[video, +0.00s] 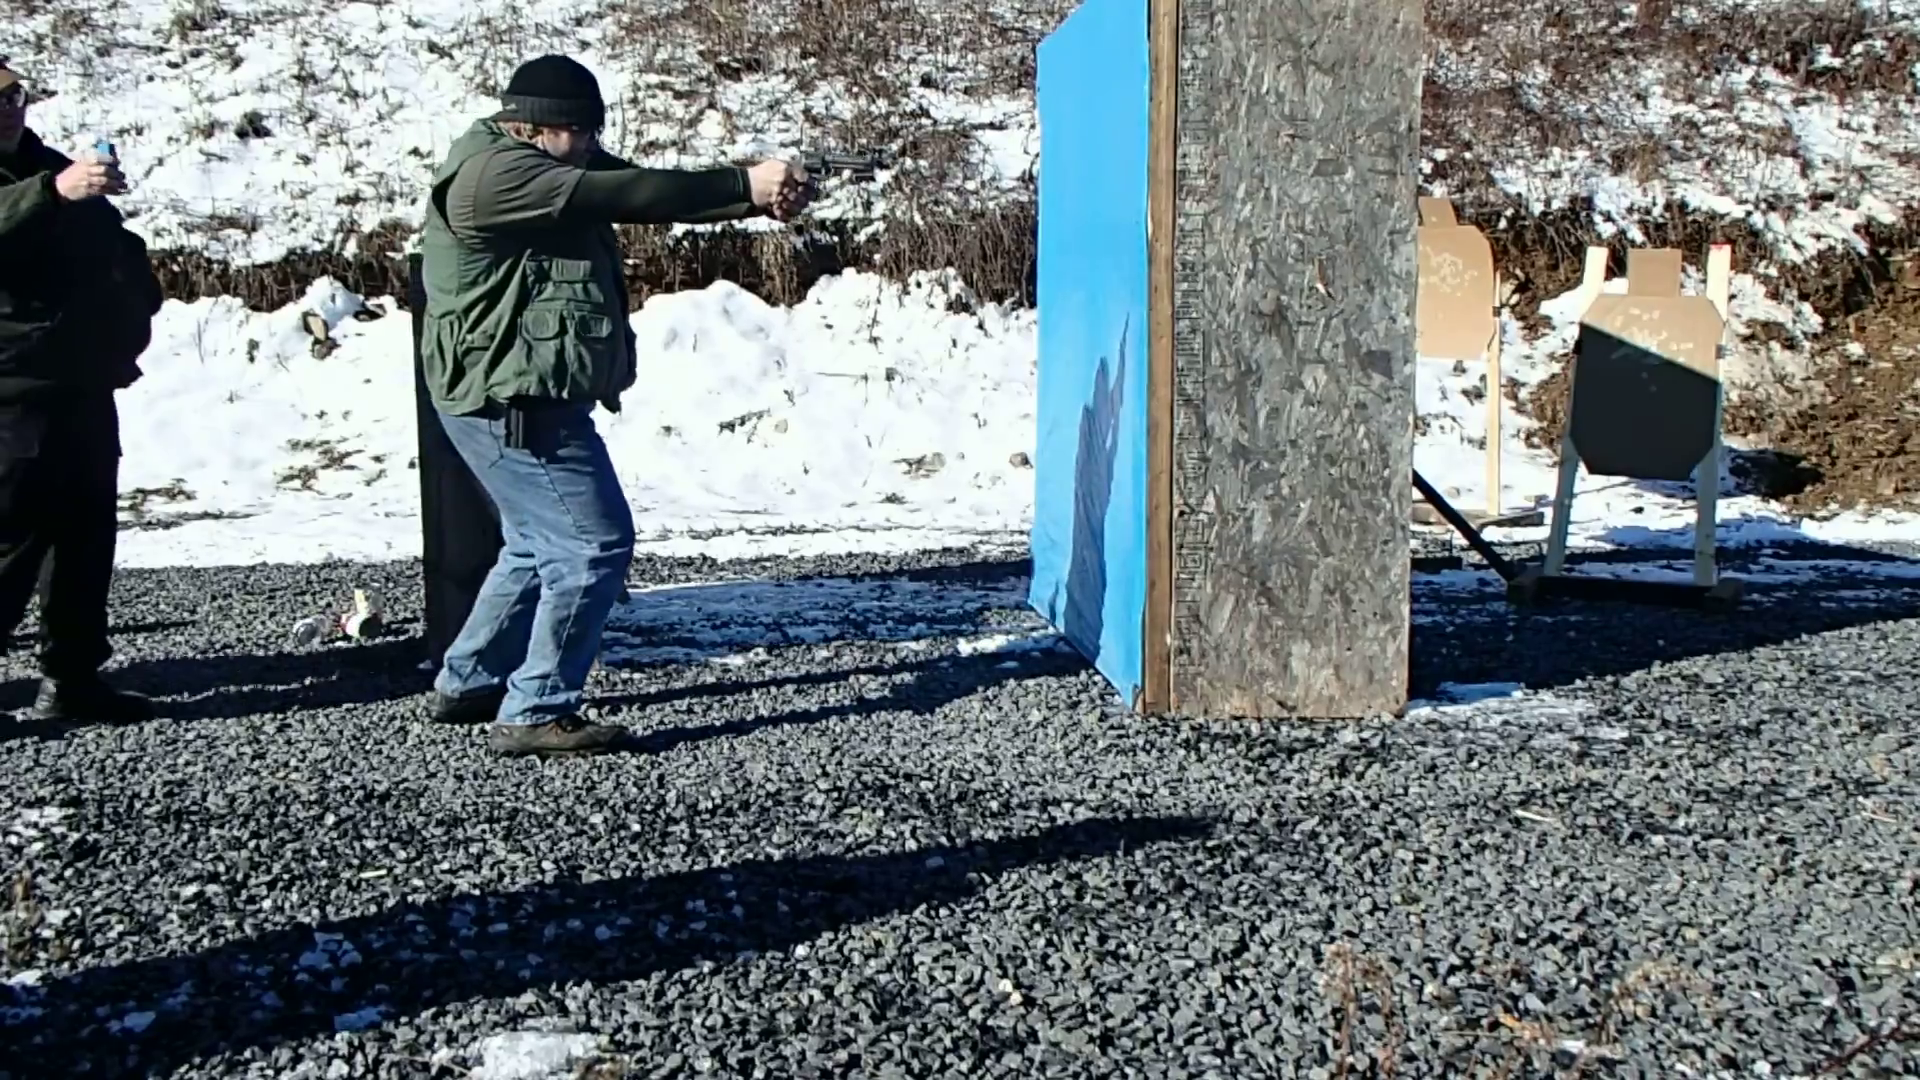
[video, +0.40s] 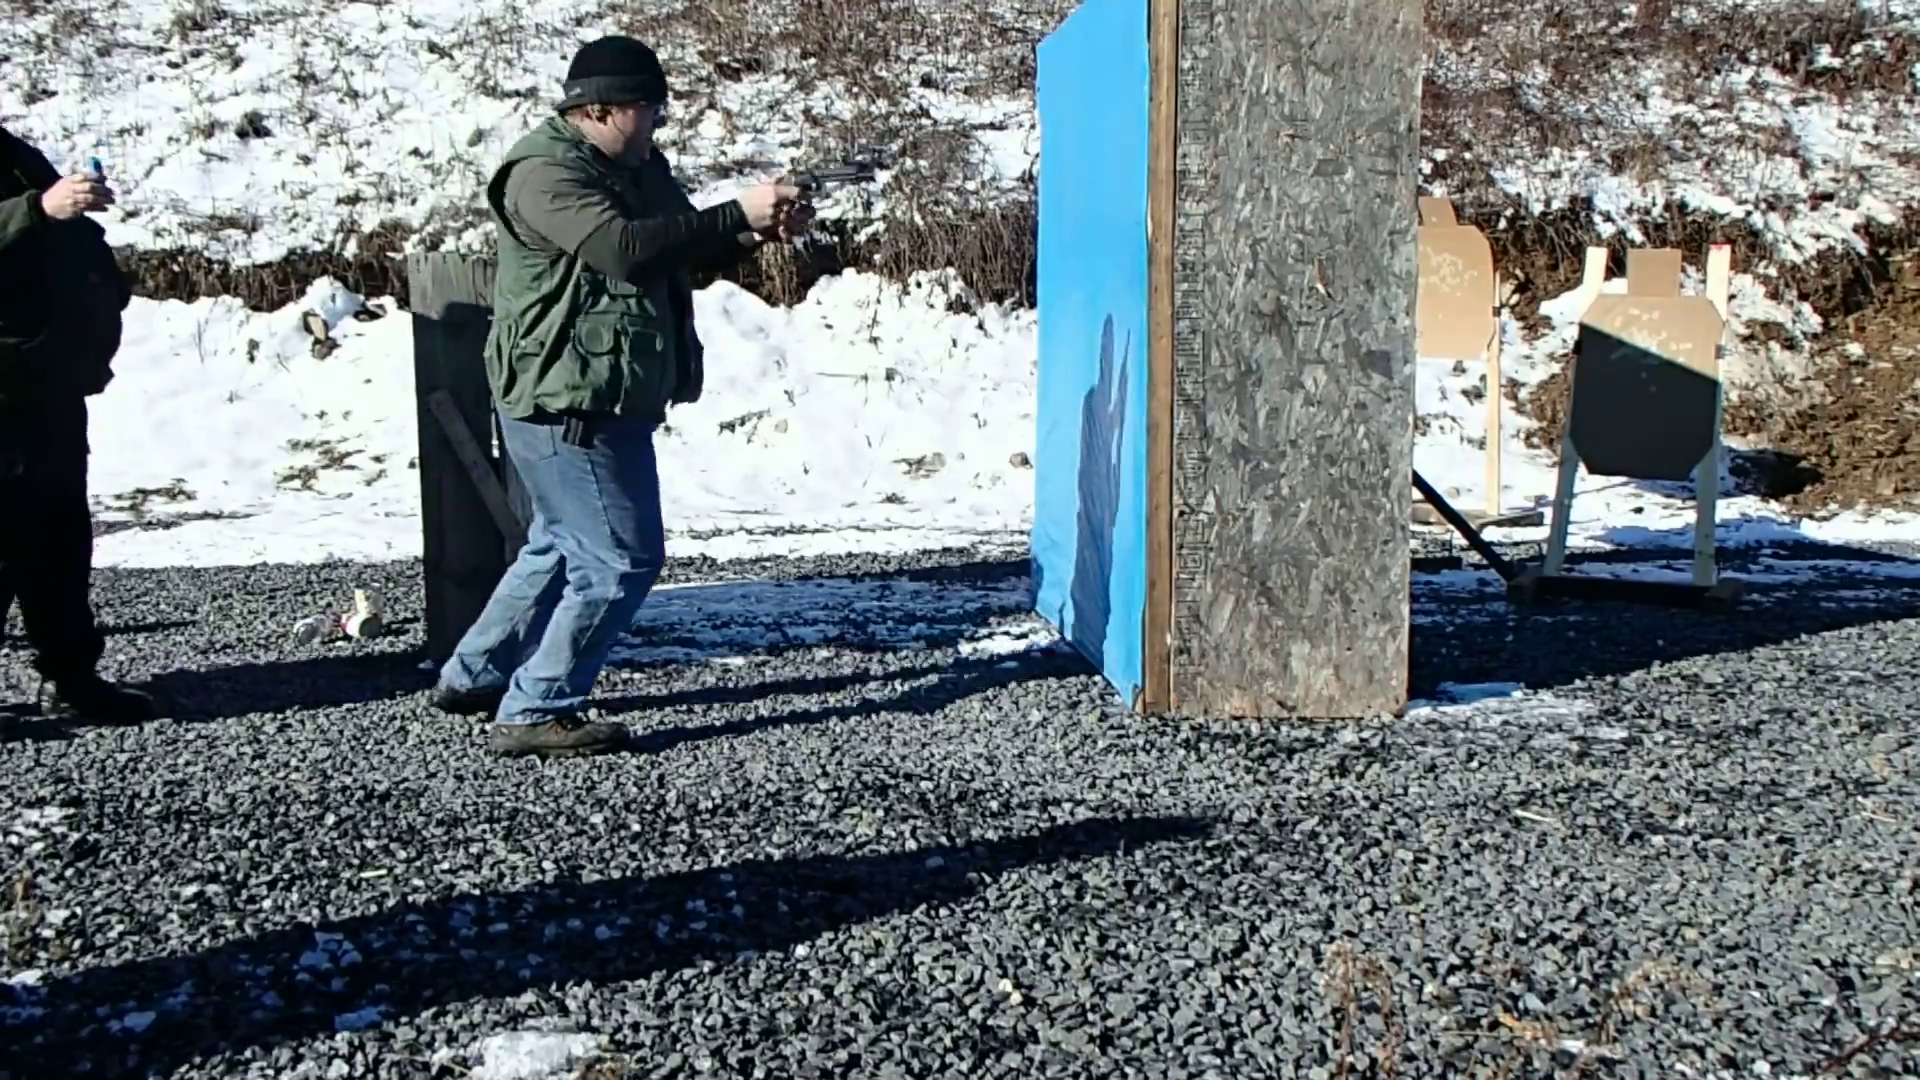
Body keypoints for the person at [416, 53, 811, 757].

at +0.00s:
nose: (594, 146)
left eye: (592, 131)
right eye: (584, 132)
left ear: (538, 125)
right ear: (543, 126)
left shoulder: (520, 165)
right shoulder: (498, 176)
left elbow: (636, 186)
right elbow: (625, 193)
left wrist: (747, 189)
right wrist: (748, 184)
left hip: (504, 395)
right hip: (513, 400)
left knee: (535, 544)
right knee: (596, 544)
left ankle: (466, 681)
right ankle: (538, 711)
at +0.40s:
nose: (660, 121)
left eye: (659, 109)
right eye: (652, 108)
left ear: (609, 111)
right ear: (608, 111)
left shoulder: (640, 169)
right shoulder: (544, 171)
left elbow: (687, 262)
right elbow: (622, 248)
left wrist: (747, 229)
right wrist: (734, 212)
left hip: (600, 402)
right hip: (563, 407)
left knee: (559, 544)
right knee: (622, 557)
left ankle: (470, 675)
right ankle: (538, 709)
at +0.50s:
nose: (697, 127)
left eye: (696, 113)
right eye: (689, 113)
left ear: (649, 111)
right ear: (648, 112)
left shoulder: (678, 177)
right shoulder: (580, 179)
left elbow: (699, 267)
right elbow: (615, 284)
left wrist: (766, 256)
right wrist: (720, 250)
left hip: (654, 402)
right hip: (584, 404)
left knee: (666, 550)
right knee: (628, 564)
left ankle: (517, 640)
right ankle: (539, 710)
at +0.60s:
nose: (740, 133)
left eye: (740, 119)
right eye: (731, 119)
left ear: (691, 117)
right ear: (690, 116)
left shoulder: (715, 189)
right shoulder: (633, 188)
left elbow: (710, 286)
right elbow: (641, 299)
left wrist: (772, 275)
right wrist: (745, 273)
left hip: (682, 407)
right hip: (618, 408)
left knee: (753, 520)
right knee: (647, 575)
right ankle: (534, 712)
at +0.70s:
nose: (795, 133)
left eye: (797, 119)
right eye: (789, 117)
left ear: (748, 115)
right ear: (749, 112)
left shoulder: (765, 181)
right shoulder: (699, 170)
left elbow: (763, 277)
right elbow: (684, 285)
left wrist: (818, 265)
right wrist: (794, 278)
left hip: (746, 410)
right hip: (688, 411)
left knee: (821, 507)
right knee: (671, 572)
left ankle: (843, 682)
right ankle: (536, 702)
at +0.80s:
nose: (854, 142)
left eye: (857, 128)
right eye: (847, 126)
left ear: (815, 119)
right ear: (807, 115)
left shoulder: (830, 185)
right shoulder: (754, 170)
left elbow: (832, 279)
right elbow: (741, 282)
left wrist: (895, 271)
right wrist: (850, 292)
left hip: (808, 407)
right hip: (740, 407)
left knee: (875, 522)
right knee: (760, 569)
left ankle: (894, 691)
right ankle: (596, 652)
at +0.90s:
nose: (910, 146)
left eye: (914, 132)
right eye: (903, 129)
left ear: (870, 120)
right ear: (859, 117)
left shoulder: (883, 183)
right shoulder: (800, 176)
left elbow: (888, 284)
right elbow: (797, 286)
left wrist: (937, 288)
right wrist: (906, 291)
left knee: (919, 528)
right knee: (879, 541)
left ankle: (901, 693)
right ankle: (753, 661)